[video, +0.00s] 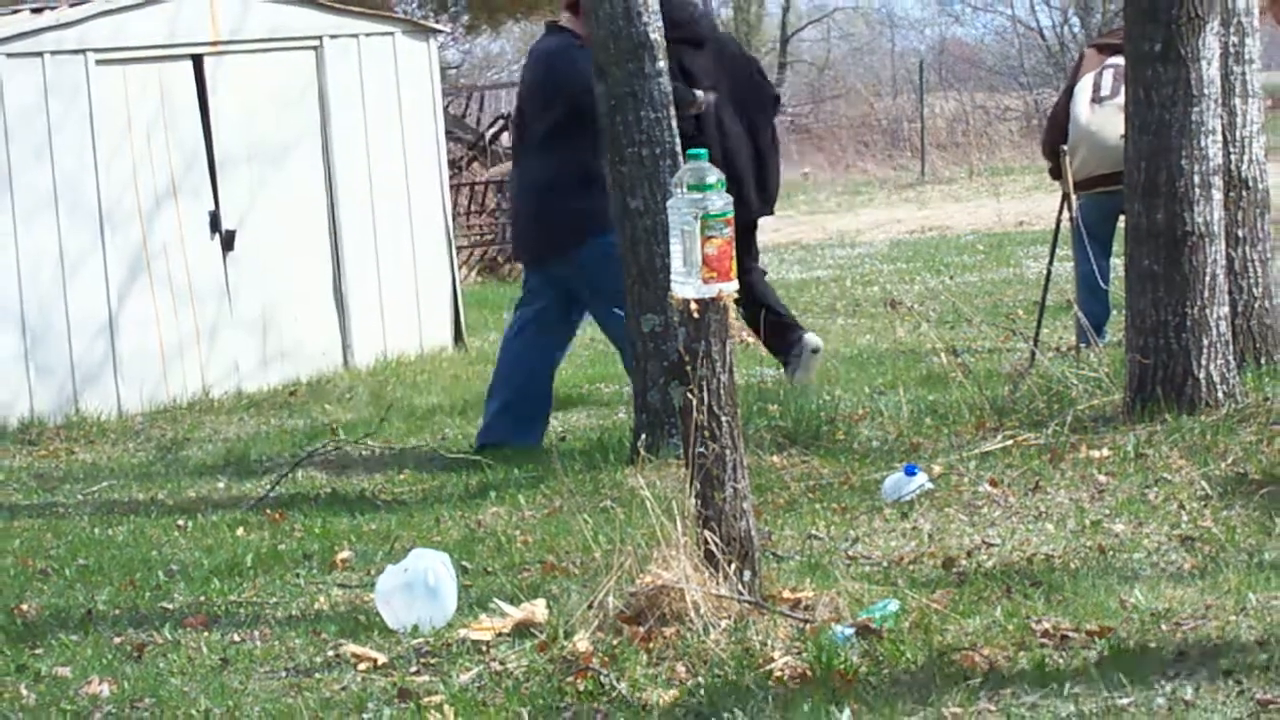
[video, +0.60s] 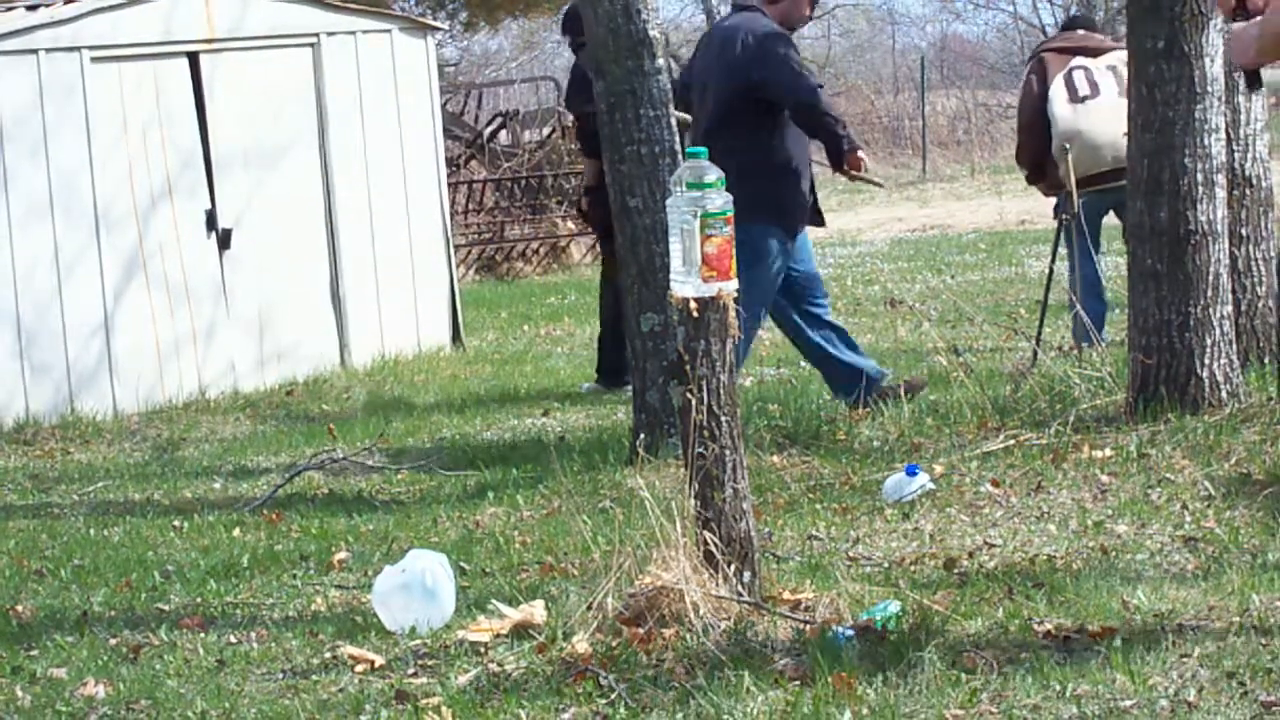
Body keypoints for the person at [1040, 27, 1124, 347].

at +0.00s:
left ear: (1115, 26)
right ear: (1148, 24)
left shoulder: (1091, 56)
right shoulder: (1163, 51)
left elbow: (1060, 117)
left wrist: (1058, 163)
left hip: (1095, 173)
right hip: (1150, 174)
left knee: (1091, 254)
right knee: (1154, 256)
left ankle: (1090, 341)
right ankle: (1157, 340)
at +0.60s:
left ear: (1059, 33)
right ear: (1097, 30)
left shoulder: (1044, 61)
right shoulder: (1122, 53)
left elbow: (1030, 126)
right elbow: (1149, 106)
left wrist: (1043, 177)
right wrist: (1147, 157)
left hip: (1080, 178)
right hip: (1133, 170)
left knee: (1083, 259)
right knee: (1150, 254)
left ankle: (1089, 339)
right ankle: (1162, 334)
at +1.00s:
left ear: (1021, 38)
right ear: (1058, 30)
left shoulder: (1016, 65)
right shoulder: (1093, 50)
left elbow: (1014, 132)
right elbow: (1130, 96)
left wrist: (1025, 181)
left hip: (1064, 177)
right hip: (1120, 163)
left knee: (1075, 255)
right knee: (1122, 216)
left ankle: (1087, 341)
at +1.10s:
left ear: (1019, 38)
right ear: (1055, 29)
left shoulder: (1013, 64)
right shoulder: (1088, 48)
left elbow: (1013, 133)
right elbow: (1128, 90)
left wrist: (1022, 178)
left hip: (1062, 175)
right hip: (1117, 161)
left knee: (1073, 249)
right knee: (1118, 221)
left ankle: (1087, 337)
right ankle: (1117, 281)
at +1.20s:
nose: (1017, 13)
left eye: (1018, 8)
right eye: (1020, 6)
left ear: (1025, 15)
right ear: (1054, 11)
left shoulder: (1016, 58)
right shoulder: (1096, 37)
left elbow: (1010, 126)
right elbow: (1125, 95)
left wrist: (1024, 180)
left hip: (1059, 171)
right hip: (1114, 159)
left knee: (1072, 251)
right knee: (1110, 236)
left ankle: (1086, 333)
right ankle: (1114, 315)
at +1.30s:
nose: (1017, 75)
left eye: (1018, 66)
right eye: (1015, 67)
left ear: (1028, 57)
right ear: (1056, 44)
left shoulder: (1026, 79)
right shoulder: (1099, 60)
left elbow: (1024, 133)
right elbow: (1126, 117)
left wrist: (1032, 179)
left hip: (1064, 170)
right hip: (1115, 162)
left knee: (1068, 249)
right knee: (1105, 245)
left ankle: (1085, 331)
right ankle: (1107, 325)